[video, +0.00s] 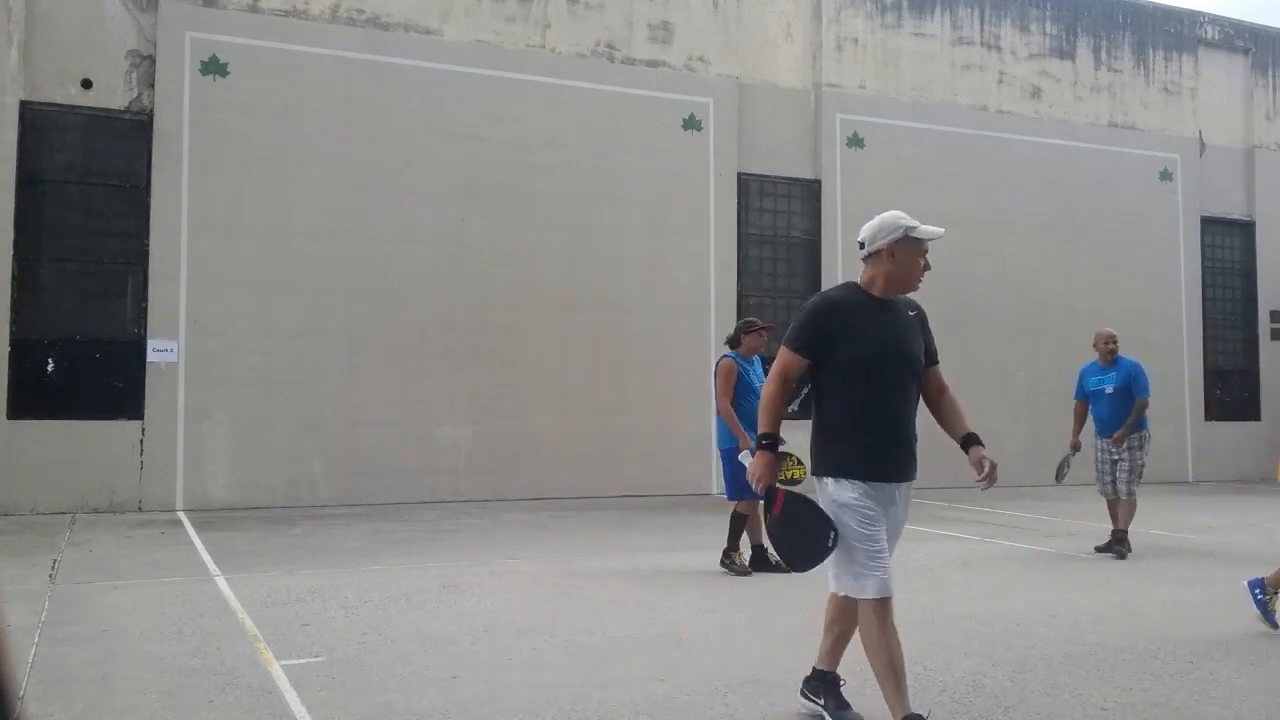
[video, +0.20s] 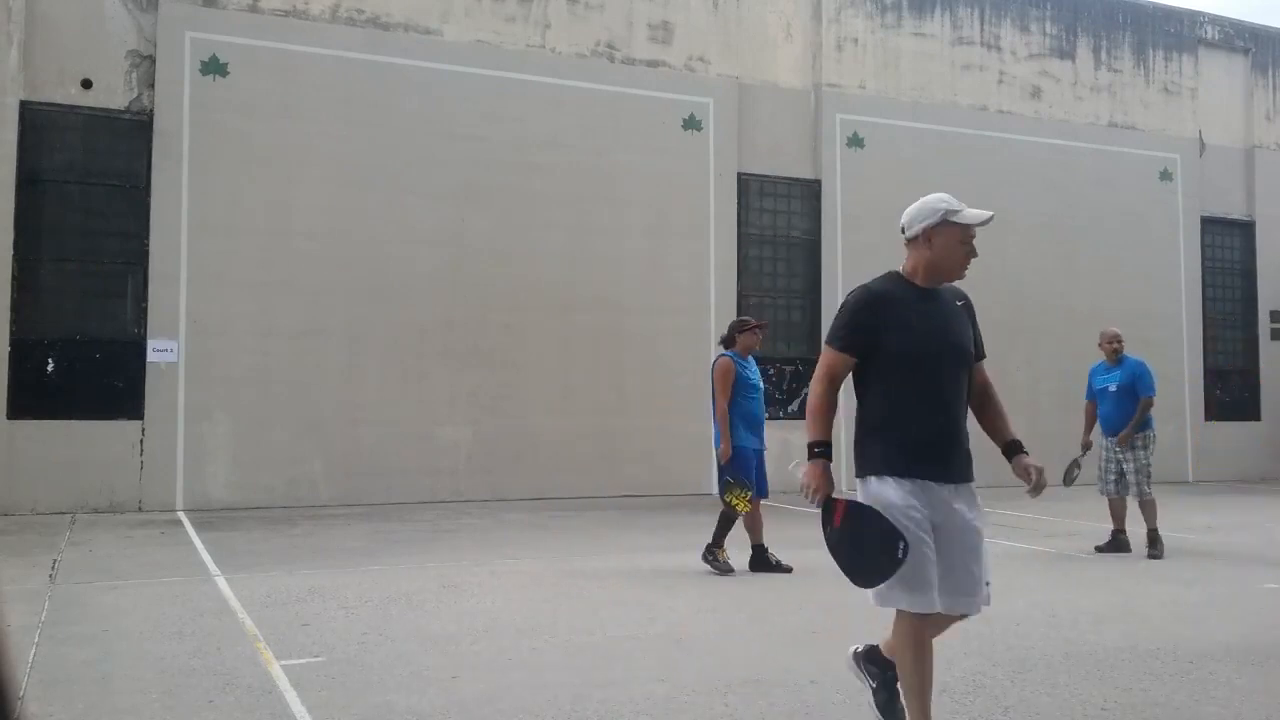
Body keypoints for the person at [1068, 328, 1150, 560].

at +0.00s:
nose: (1112, 346)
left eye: (1114, 342)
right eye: (1106, 343)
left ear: (1119, 345)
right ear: (1096, 347)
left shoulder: (1132, 369)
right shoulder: (1087, 372)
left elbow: (1142, 403)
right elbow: (1081, 405)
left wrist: (1125, 431)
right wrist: (1075, 436)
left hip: (1131, 437)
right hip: (1103, 438)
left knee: (1126, 486)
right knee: (1108, 488)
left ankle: (1121, 537)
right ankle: (1117, 535)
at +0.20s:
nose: (1116, 346)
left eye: (1119, 341)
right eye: (1110, 343)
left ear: (1124, 344)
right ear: (1100, 346)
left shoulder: (1137, 367)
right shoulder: (1096, 372)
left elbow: (1148, 401)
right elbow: (1091, 404)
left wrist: (1129, 431)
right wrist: (1086, 434)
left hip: (1137, 437)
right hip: (1109, 439)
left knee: (1142, 488)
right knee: (1112, 488)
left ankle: (1154, 538)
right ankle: (1119, 537)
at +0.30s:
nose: (1120, 345)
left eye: (1124, 341)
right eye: (1115, 342)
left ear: (1129, 344)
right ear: (1106, 346)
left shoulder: (1142, 367)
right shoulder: (1102, 371)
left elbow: (1153, 401)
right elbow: (1098, 404)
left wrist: (1139, 431)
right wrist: (1092, 433)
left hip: (1141, 439)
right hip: (1113, 440)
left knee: (1152, 489)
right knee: (1115, 487)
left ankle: (1172, 538)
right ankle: (1119, 537)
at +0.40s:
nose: (1128, 346)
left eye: (1131, 342)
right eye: (1123, 343)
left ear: (1137, 344)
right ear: (1114, 347)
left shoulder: (1150, 368)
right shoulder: (1109, 372)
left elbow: (1163, 402)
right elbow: (1104, 404)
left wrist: (1149, 431)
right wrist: (1099, 433)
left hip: (1147, 441)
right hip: (1119, 441)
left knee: (1163, 490)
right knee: (1117, 488)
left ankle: (1185, 538)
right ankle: (1119, 537)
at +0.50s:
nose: (1136, 348)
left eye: (1140, 344)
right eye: (1130, 344)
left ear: (1146, 346)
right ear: (1123, 348)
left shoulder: (1160, 370)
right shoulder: (1117, 373)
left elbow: (1179, 402)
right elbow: (1113, 402)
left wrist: (1160, 430)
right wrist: (1107, 430)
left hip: (1157, 442)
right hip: (1128, 443)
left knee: (1170, 492)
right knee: (1122, 488)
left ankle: (1190, 542)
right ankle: (1120, 537)